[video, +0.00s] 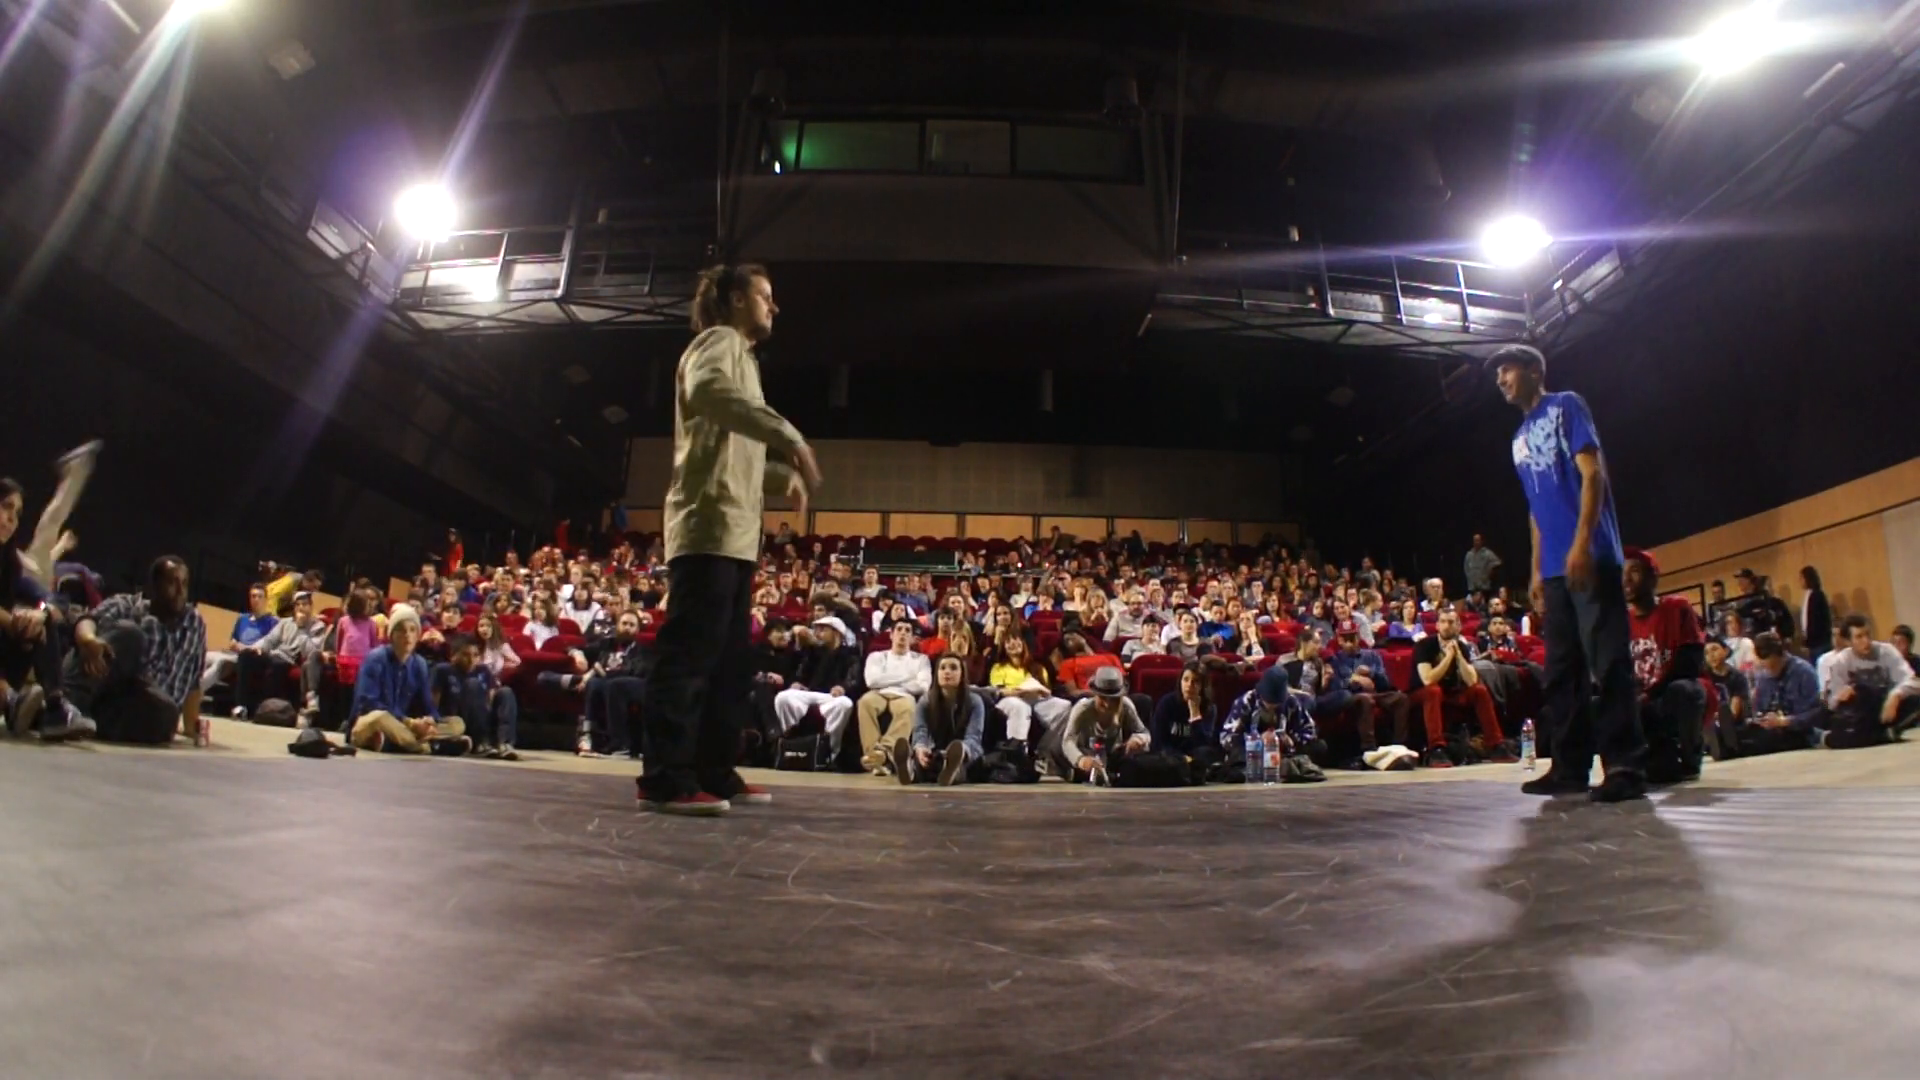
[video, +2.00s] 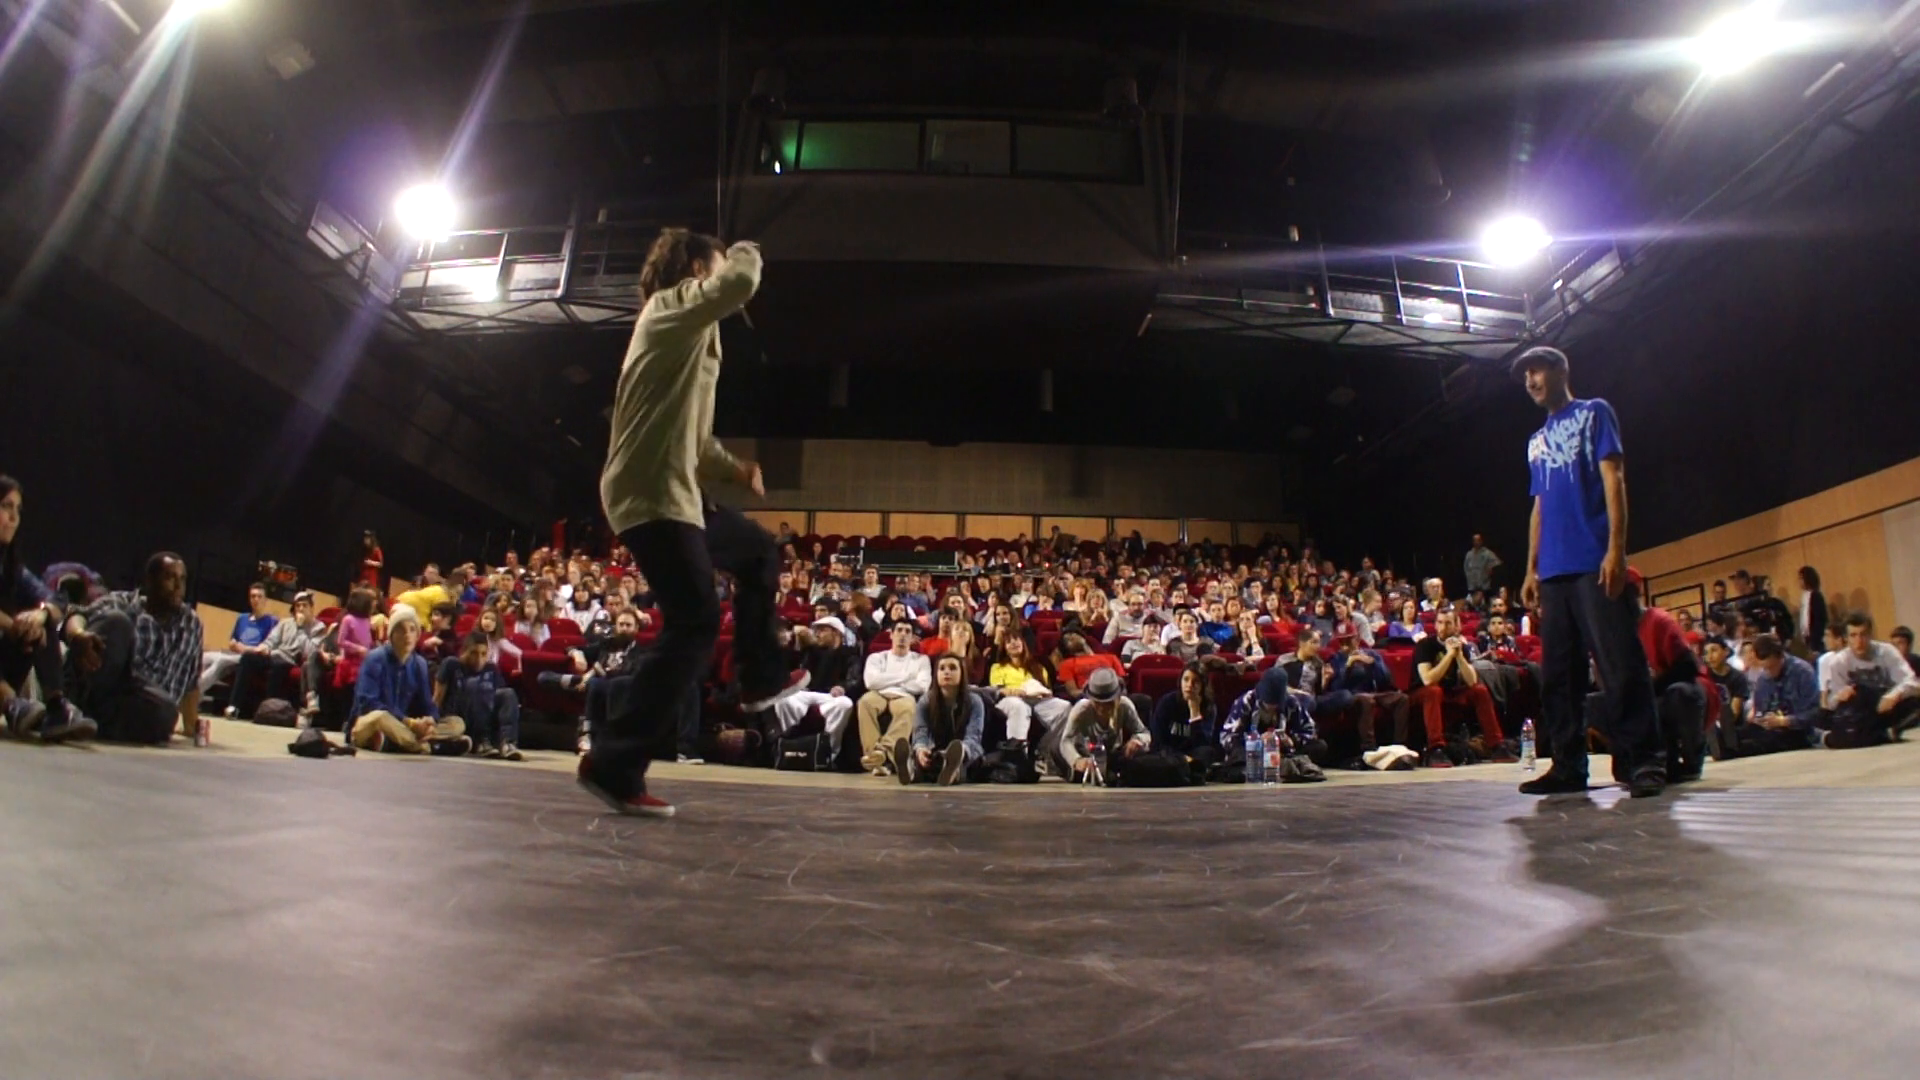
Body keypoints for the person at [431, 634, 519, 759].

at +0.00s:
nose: (471, 660)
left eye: (475, 656)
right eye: (467, 655)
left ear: (479, 657)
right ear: (457, 656)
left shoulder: (483, 671)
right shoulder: (443, 671)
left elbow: (491, 690)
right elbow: (436, 696)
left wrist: (488, 708)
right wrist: (435, 719)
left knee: (506, 692)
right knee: (472, 684)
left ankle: (505, 743)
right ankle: (482, 742)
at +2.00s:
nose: (479, 659)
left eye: (483, 654)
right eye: (474, 654)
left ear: (488, 654)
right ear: (466, 652)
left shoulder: (491, 668)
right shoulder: (451, 665)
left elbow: (501, 692)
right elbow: (438, 697)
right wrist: (432, 722)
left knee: (508, 694)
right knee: (473, 686)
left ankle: (508, 743)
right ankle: (482, 741)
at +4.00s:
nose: (478, 659)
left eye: (483, 654)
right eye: (474, 653)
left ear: (487, 654)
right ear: (465, 653)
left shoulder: (491, 669)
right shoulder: (451, 665)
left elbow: (500, 693)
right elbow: (438, 697)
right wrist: (429, 720)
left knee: (510, 694)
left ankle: (508, 743)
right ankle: (483, 742)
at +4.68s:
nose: (478, 658)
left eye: (482, 654)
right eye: (473, 653)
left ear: (486, 655)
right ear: (464, 654)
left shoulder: (490, 669)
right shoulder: (451, 665)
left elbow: (498, 694)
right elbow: (438, 697)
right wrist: (431, 720)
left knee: (510, 694)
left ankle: (508, 743)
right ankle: (483, 742)